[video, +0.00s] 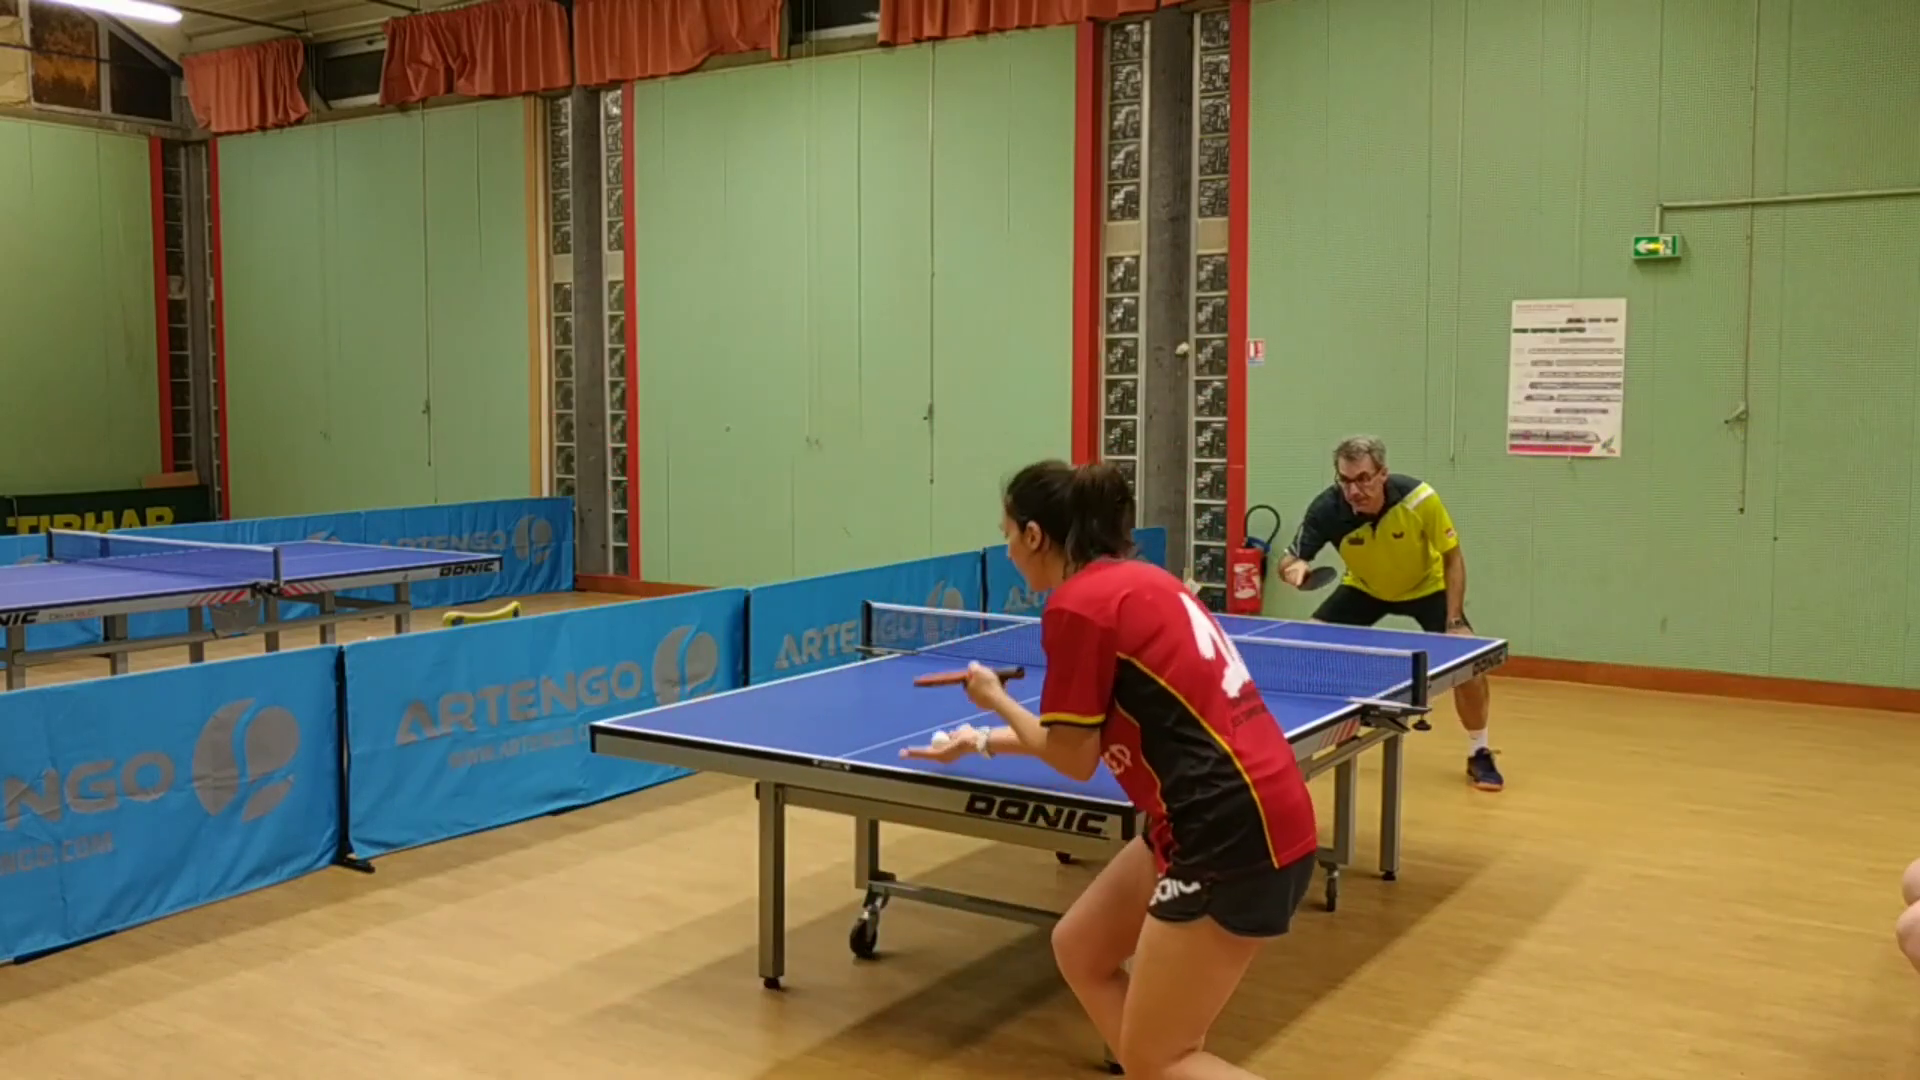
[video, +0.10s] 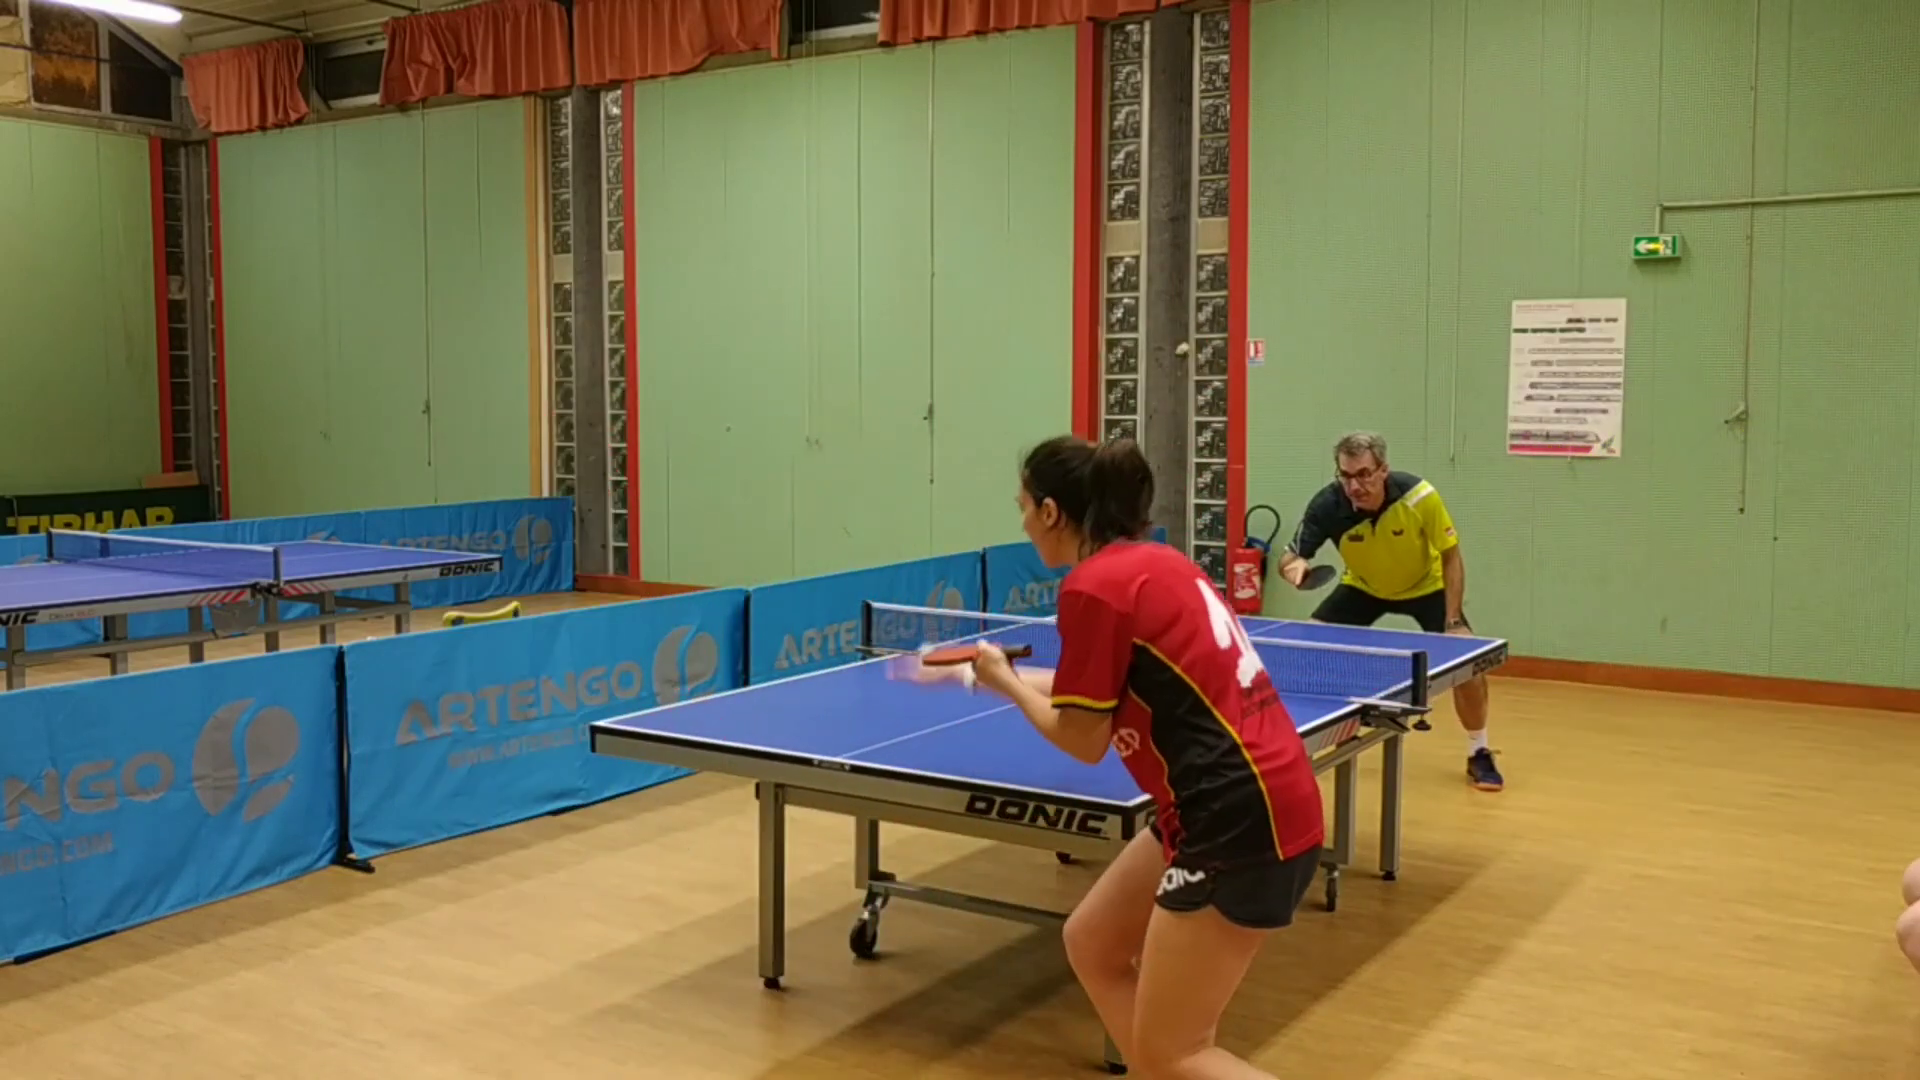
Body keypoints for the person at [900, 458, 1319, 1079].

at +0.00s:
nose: (1009, 551)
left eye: (1008, 535)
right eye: (1007, 535)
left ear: (1035, 536)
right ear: (1089, 527)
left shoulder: (1078, 605)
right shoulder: (1144, 581)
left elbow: (1074, 760)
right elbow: (1099, 733)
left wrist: (997, 701)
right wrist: (984, 740)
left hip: (1238, 840)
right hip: (1198, 823)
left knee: (1158, 1057)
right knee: (1081, 947)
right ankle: (1145, 1067)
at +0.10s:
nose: (1023, 523)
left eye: (1024, 506)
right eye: (1022, 507)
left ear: (1052, 512)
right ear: (1104, 504)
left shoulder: (1094, 587)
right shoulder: (1158, 562)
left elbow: (1084, 742)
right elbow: (1114, 694)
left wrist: (1010, 683)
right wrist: (995, 669)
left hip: (1245, 828)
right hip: (1209, 810)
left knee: (1168, 1054)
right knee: (1093, 941)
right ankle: (1154, 1069)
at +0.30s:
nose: (1061, 462)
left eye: (1066, 448)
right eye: (1063, 447)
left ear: (1094, 459)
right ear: (1147, 455)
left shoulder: (1136, 544)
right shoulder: (1207, 519)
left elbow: (1118, 705)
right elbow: (1124, 613)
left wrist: (1017, 680)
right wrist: (1021, 551)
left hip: (1269, 802)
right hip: (1238, 786)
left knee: (1221, 1039)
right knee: (1130, 932)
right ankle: (1176, 1072)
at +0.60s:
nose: (1081, 423)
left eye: (1084, 407)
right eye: (1080, 408)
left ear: (1118, 417)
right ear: (1163, 413)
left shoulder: (1167, 497)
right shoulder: (1235, 471)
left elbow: (1143, 620)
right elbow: (1228, 552)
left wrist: (986, 616)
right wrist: (1130, 520)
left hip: (1306, 760)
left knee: (1293, 1022)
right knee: (1164, 895)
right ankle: (1293, 1051)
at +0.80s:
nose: (1041, 465)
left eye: (1043, 446)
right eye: (1039, 448)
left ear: (1077, 441)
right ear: (1112, 434)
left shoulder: (1118, 507)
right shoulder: (1206, 486)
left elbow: (1160, 617)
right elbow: (1238, 570)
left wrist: (1052, 665)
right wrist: (1126, 563)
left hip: (1273, 769)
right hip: (1317, 738)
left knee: (1288, 1026)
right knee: (1159, 899)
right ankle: (1244, 1067)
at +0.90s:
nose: (1028, 457)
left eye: (1026, 442)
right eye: (1025, 443)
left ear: (1043, 440)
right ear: (1119, 428)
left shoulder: (1074, 506)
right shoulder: (1183, 485)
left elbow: (1088, 636)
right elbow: (1234, 601)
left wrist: (1081, 707)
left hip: (1228, 775)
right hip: (1284, 753)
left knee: (1266, 1021)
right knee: (1162, 923)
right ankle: (1189, 1073)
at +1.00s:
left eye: (1037, 410)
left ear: (1039, 418)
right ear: (1117, 409)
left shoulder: (1034, 498)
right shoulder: (1159, 476)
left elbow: (1005, 621)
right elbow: (1197, 596)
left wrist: (988, 741)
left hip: (1170, 768)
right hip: (1243, 746)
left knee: (1175, 1006)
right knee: (1172, 985)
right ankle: (1176, 1067)